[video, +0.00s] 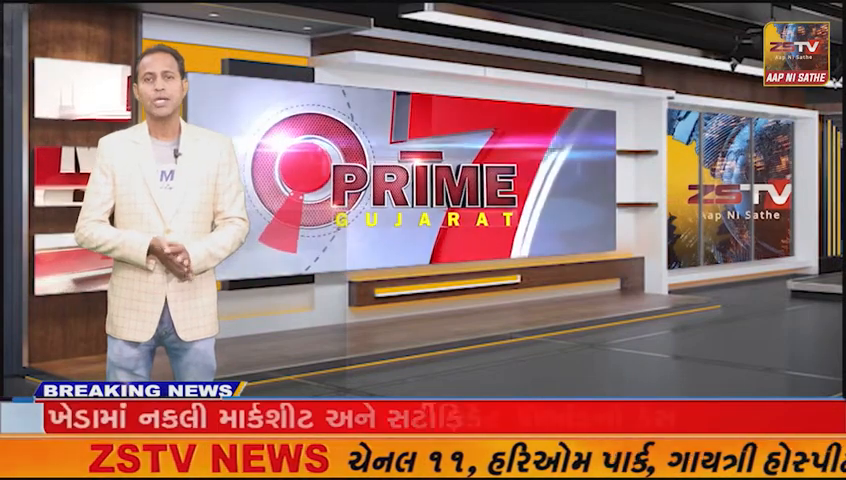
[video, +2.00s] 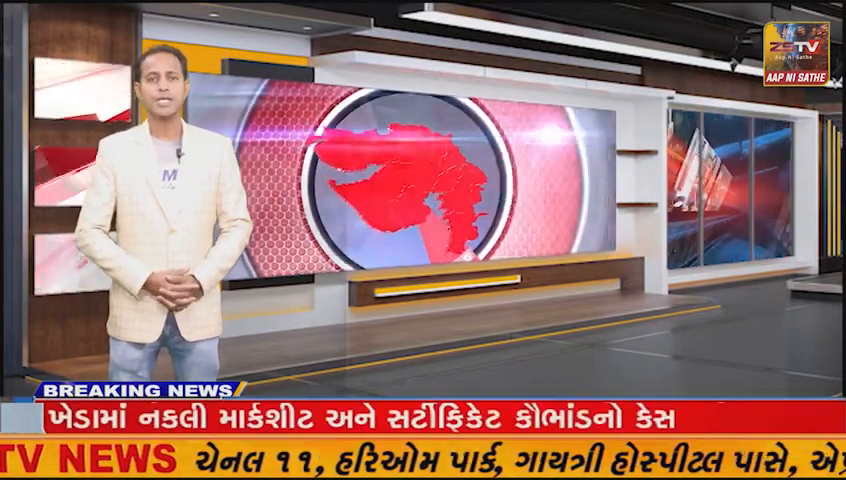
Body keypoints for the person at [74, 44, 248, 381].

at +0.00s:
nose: (159, 86)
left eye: (168, 76)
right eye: (149, 78)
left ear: (184, 86)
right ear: (136, 91)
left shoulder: (217, 147)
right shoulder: (113, 147)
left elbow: (235, 222)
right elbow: (88, 228)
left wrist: (195, 256)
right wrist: (147, 245)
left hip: (193, 302)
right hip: (132, 303)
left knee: (199, 413)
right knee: (123, 416)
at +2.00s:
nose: (163, 86)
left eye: (172, 77)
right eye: (152, 78)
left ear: (186, 87)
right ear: (139, 90)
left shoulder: (217, 148)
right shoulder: (114, 149)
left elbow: (238, 224)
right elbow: (89, 232)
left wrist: (200, 279)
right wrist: (146, 279)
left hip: (198, 309)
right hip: (134, 310)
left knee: (203, 420)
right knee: (126, 421)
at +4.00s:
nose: (164, 87)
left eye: (173, 78)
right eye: (153, 79)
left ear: (188, 87)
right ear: (140, 90)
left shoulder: (219, 148)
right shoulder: (115, 148)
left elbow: (238, 224)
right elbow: (92, 232)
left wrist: (202, 280)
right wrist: (145, 279)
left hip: (199, 310)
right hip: (135, 311)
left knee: (205, 419)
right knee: (125, 420)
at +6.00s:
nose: (168, 88)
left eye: (178, 79)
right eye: (158, 79)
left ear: (190, 88)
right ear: (143, 89)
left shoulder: (220, 148)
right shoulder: (117, 147)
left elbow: (239, 225)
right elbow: (93, 232)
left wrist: (202, 280)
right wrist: (146, 279)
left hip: (199, 309)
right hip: (136, 310)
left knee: (205, 419)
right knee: (125, 420)